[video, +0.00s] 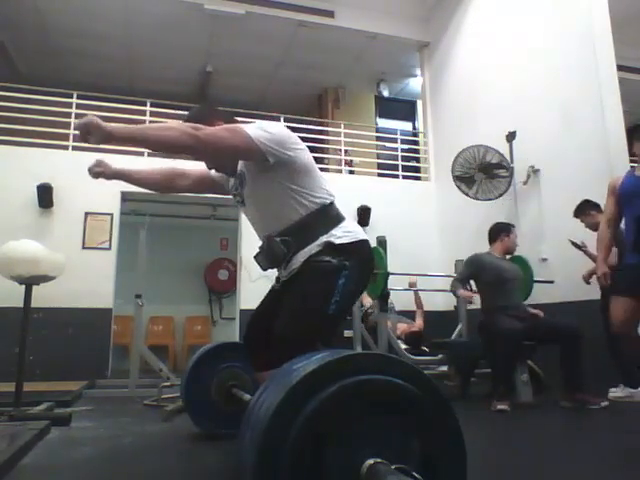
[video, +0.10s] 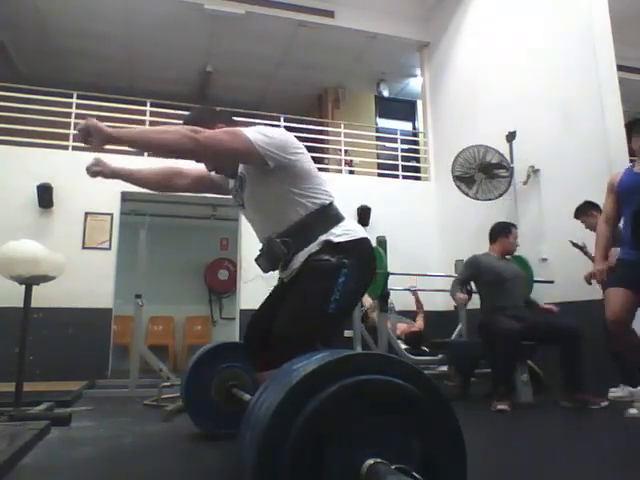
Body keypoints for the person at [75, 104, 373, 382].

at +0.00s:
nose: (205, 164)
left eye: (204, 151)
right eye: (200, 158)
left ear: (220, 133)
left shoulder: (275, 137)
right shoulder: (234, 177)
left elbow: (195, 137)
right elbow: (177, 179)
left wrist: (109, 131)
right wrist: (118, 172)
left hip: (336, 255)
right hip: (299, 269)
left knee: (289, 347)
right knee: (257, 340)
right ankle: (276, 427)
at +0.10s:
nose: (203, 166)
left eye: (203, 153)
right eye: (199, 159)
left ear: (220, 136)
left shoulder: (276, 142)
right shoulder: (237, 180)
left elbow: (196, 140)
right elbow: (178, 179)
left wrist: (109, 134)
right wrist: (115, 172)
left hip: (338, 256)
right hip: (302, 270)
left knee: (291, 344)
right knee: (257, 337)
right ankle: (276, 425)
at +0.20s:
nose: (203, 168)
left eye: (202, 155)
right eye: (198, 162)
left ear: (218, 136)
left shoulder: (275, 143)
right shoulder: (235, 180)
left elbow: (196, 141)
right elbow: (177, 179)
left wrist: (111, 137)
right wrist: (116, 172)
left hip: (339, 256)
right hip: (302, 270)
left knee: (295, 342)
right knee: (258, 337)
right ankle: (276, 424)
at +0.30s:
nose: (204, 171)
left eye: (202, 158)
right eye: (199, 165)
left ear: (219, 139)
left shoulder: (274, 143)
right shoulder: (236, 181)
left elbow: (192, 141)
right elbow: (178, 181)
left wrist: (108, 138)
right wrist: (118, 175)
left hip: (339, 258)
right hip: (302, 271)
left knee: (295, 342)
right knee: (257, 338)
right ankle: (277, 423)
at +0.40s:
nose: (204, 172)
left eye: (203, 159)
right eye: (199, 166)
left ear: (218, 139)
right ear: (218, 147)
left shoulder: (273, 144)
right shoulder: (236, 181)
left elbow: (189, 143)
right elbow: (177, 182)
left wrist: (106, 141)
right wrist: (118, 176)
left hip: (338, 259)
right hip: (300, 271)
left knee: (294, 345)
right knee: (256, 341)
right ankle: (279, 425)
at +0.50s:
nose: (201, 156)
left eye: (201, 146)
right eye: (195, 149)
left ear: (218, 129)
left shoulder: (273, 145)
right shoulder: (238, 182)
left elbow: (191, 147)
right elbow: (177, 184)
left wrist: (108, 144)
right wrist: (118, 176)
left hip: (340, 259)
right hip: (304, 272)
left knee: (294, 348)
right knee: (256, 342)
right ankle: (282, 425)